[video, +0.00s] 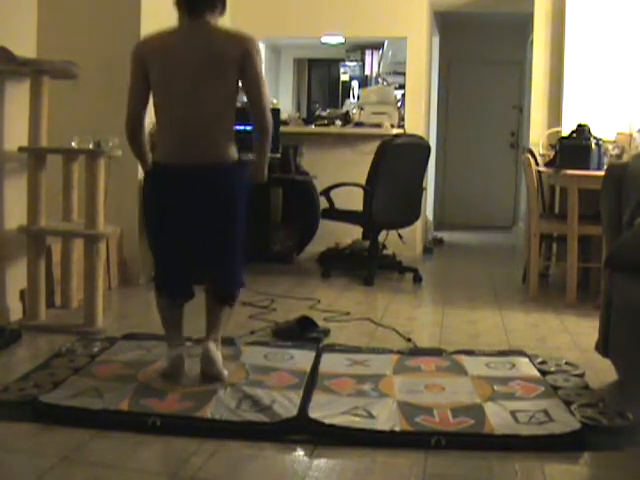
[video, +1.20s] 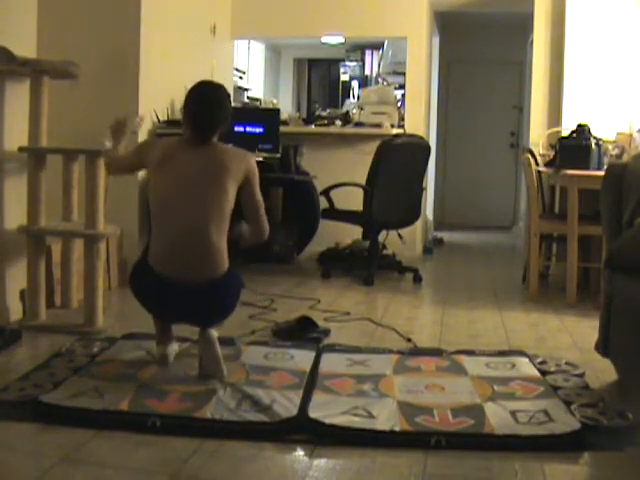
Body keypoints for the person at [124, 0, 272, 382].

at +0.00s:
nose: (221, 11)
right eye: (221, 7)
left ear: (178, 6)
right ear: (220, 6)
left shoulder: (149, 48)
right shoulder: (241, 45)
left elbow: (133, 124)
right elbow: (262, 114)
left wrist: (148, 168)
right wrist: (261, 163)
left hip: (168, 181)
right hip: (221, 180)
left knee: (169, 270)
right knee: (224, 268)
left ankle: (175, 355)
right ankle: (212, 342)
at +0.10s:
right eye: (224, 40)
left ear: (182, 39)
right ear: (224, 40)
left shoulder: (152, 82)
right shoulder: (244, 82)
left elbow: (133, 157)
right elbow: (265, 157)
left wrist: (147, 189)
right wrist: (261, 187)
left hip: (165, 211)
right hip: (220, 212)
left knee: (168, 283)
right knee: (224, 284)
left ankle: (175, 351)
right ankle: (214, 337)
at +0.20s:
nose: (232, 80)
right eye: (231, 73)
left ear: (186, 70)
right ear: (229, 72)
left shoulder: (154, 110)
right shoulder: (246, 113)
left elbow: (131, 188)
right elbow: (265, 194)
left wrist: (154, 211)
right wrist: (256, 214)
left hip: (165, 240)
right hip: (219, 241)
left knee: (166, 285)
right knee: (226, 288)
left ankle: (175, 339)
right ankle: (216, 336)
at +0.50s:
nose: (194, 106)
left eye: (197, 102)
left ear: (199, 107)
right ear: (238, 117)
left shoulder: (164, 145)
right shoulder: (254, 160)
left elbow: (123, 193)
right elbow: (266, 234)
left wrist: (122, 207)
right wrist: (264, 265)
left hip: (162, 296)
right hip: (214, 300)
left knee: (145, 268)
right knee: (233, 279)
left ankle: (172, 336)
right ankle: (214, 336)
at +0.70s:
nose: (188, 109)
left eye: (190, 104)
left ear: (192, 109)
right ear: (230, 117)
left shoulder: (161, 142)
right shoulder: (248, 159)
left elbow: (118, 166)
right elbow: (254, 241)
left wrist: (105, 151)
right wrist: (251, 299)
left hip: (161, 288)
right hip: (214, 295)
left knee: (146, 260)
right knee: (238, 271)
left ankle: (166, 344)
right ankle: (211, 334)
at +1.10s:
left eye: (189, 113)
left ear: (185, 117)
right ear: (224, 124)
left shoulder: (159, 149)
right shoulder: (241, 163)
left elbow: (117, 154)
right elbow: (256, 238)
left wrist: (107, 140)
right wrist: (253, 278)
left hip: (159, 292)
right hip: (211, 299)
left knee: (144, 265)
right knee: (228, 276)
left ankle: (164, 344)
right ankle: (209, 335)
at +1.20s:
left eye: (188, 110)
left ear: (185, 114)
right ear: (225, 122)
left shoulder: (158, 150)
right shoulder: (242, 162)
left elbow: (113, 165)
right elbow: (259, 232)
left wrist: (118, 138)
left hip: (161, 295)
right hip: (212, 300)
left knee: (150, 257)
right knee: (229, 275)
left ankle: (164, 343)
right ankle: (209, 335)